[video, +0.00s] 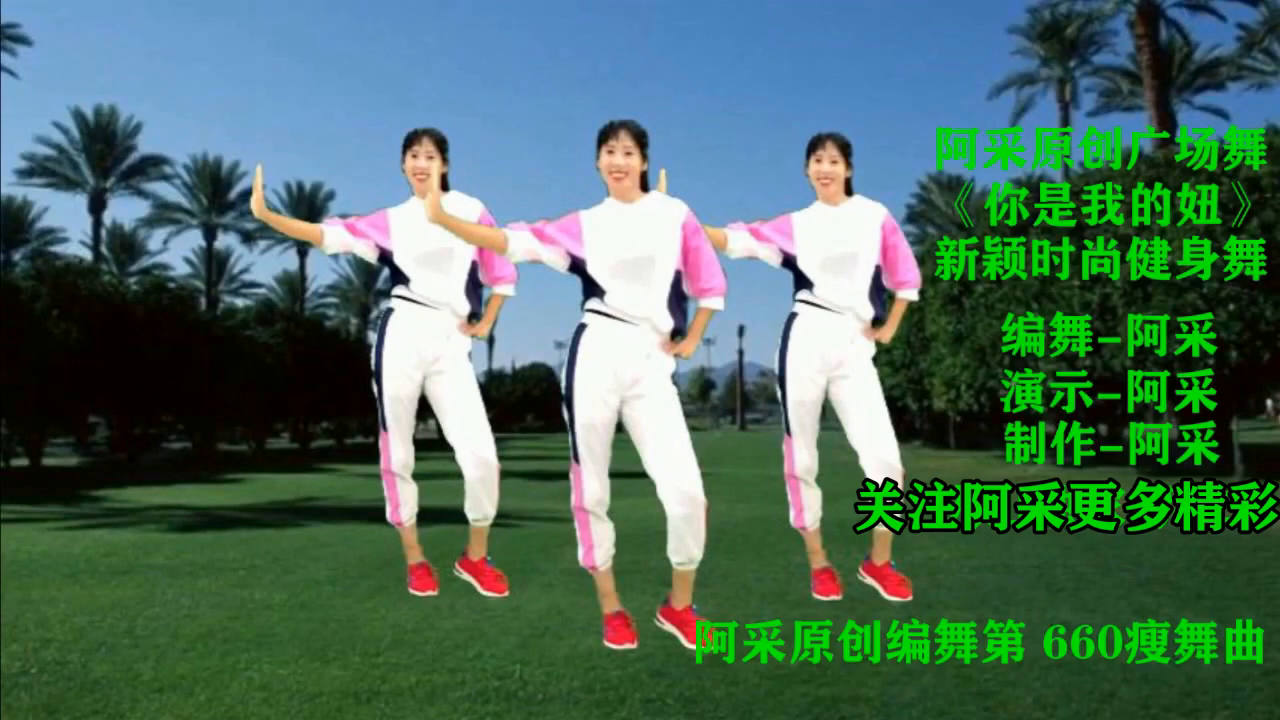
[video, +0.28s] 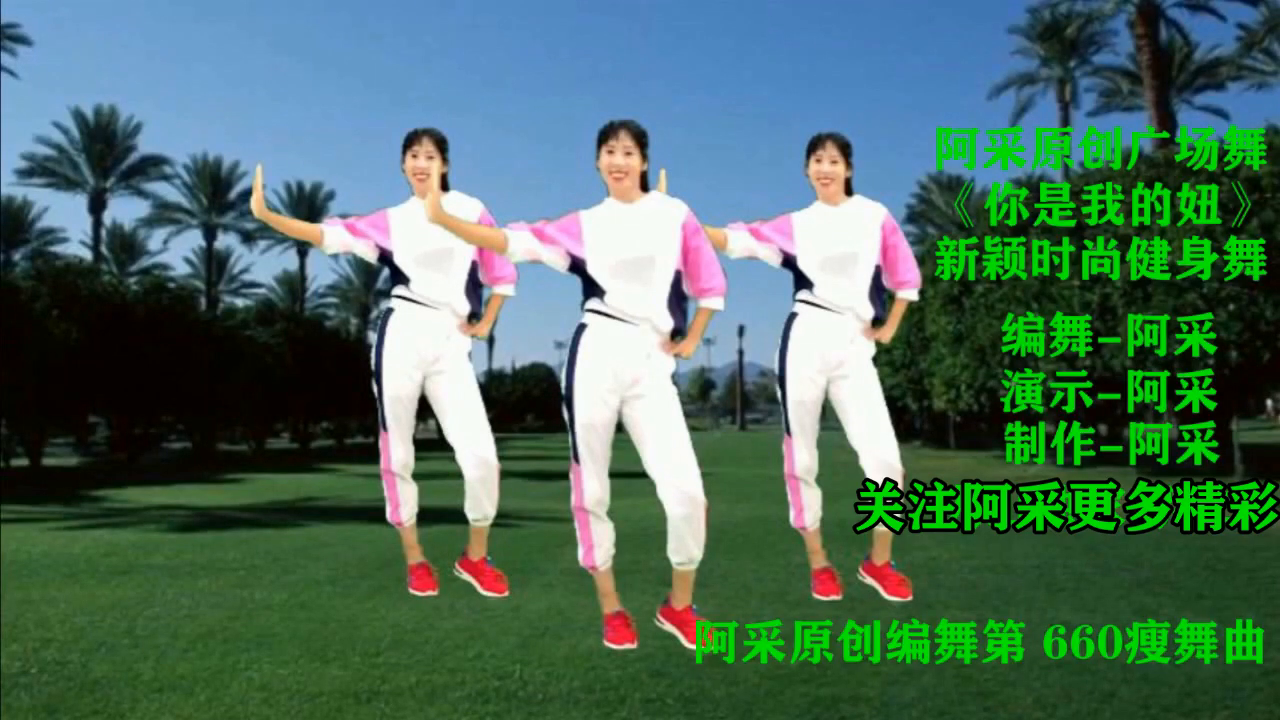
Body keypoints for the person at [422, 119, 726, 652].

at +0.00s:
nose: (618, 160)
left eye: (628, 152)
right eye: (609, 152)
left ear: (644, 162)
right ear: (598, 163)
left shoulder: (675, 216)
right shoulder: (586, 222)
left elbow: (711, 284)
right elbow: (510, 241)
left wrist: (689, 342)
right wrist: (443, 218)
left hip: (654, 353)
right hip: (598, 348)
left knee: (686, 492)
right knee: (593, 488)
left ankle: (679, 607)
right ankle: (612, 610)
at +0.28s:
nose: (618, 160)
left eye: (628, 152)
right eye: (609, 152)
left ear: (644, 162)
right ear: (598, 163)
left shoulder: (675, 216)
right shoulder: (586, 223)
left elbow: (711, 284)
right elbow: (510, 241)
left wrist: (689, 342)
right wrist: (442, 218)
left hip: (654, 353)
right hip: (598, 348)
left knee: (686, 492)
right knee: (593, 488)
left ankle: (679, 607)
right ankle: (612, 610)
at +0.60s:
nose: (618, 160)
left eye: (628, 152)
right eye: (609, 152)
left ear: (644, 162)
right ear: (598, 163)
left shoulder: (675, 216)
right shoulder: (586, 223)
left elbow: (711, 284)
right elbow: (510, 241)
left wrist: (689, 342)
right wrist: (442, 218)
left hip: (654, 353)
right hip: (598, 348)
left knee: (686, 492)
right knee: (593, 488)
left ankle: (679, 607)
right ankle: (612, 611)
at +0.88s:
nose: (618, 160)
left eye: (628, 152)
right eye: (609, 152)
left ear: (644, 162)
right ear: (598, 163)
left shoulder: (675, 216)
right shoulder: (586, 223)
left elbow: (711, 284)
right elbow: (510, 241)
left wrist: (689, 342)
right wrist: (442, 218)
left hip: (654, 353)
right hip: (598, 348)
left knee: (686, 492)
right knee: (593, 488)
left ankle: (679, 607)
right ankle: (612, 610)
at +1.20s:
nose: (618, 160)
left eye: (628, 152)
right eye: (609, 152)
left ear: (644, 162)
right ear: (598, 163)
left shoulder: (675, 216)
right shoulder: (586, 223)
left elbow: (711, 284)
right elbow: (510, 241)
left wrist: (689, 342)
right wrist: (442, 218)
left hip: (654, 353)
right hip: (598, 348)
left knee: (686, 492)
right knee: (593, 488)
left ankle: (679, 607)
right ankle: (612, 610)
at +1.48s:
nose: (618, 160)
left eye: (628, 152)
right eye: (609, 152)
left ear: (644, 162)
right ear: (598, 163)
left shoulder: (675, 215)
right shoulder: (586, 223)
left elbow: (711, 284)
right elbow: (510, 241)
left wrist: (689, 342)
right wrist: (443, 218)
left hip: (654, 353)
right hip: (598, 348)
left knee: (686, 493)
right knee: (593, 489)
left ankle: (679, 607)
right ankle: (612, 611)